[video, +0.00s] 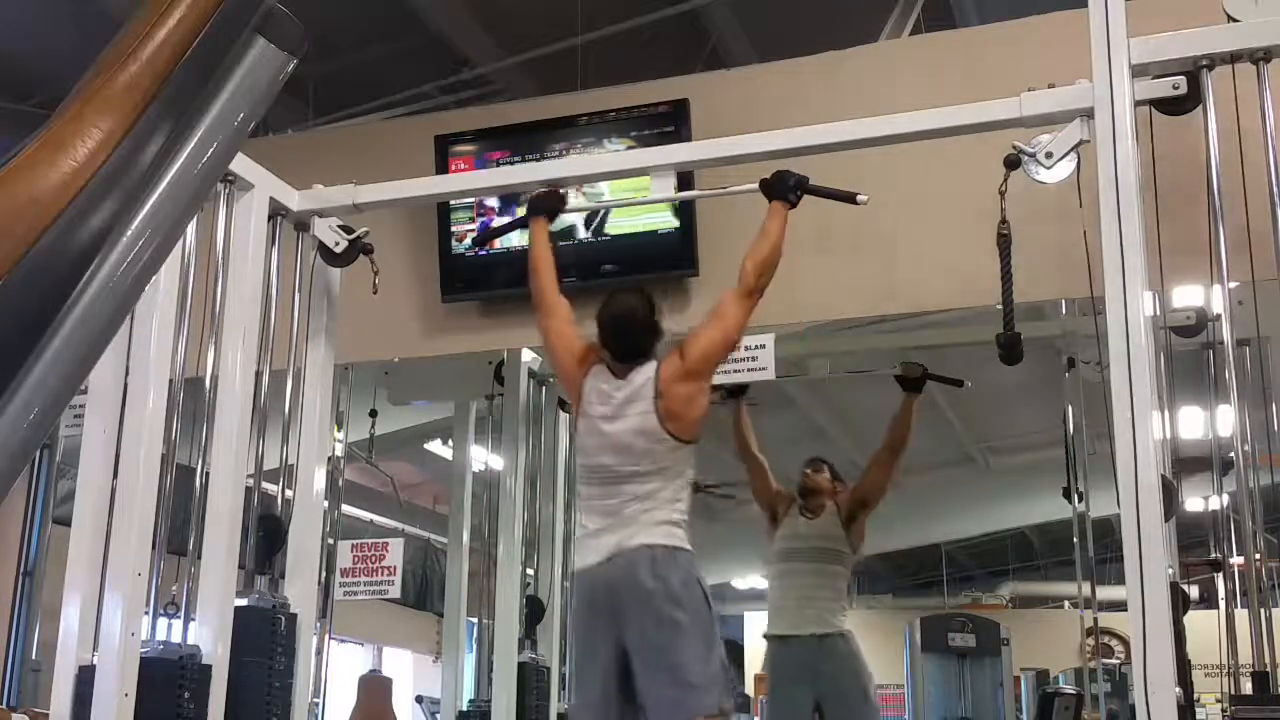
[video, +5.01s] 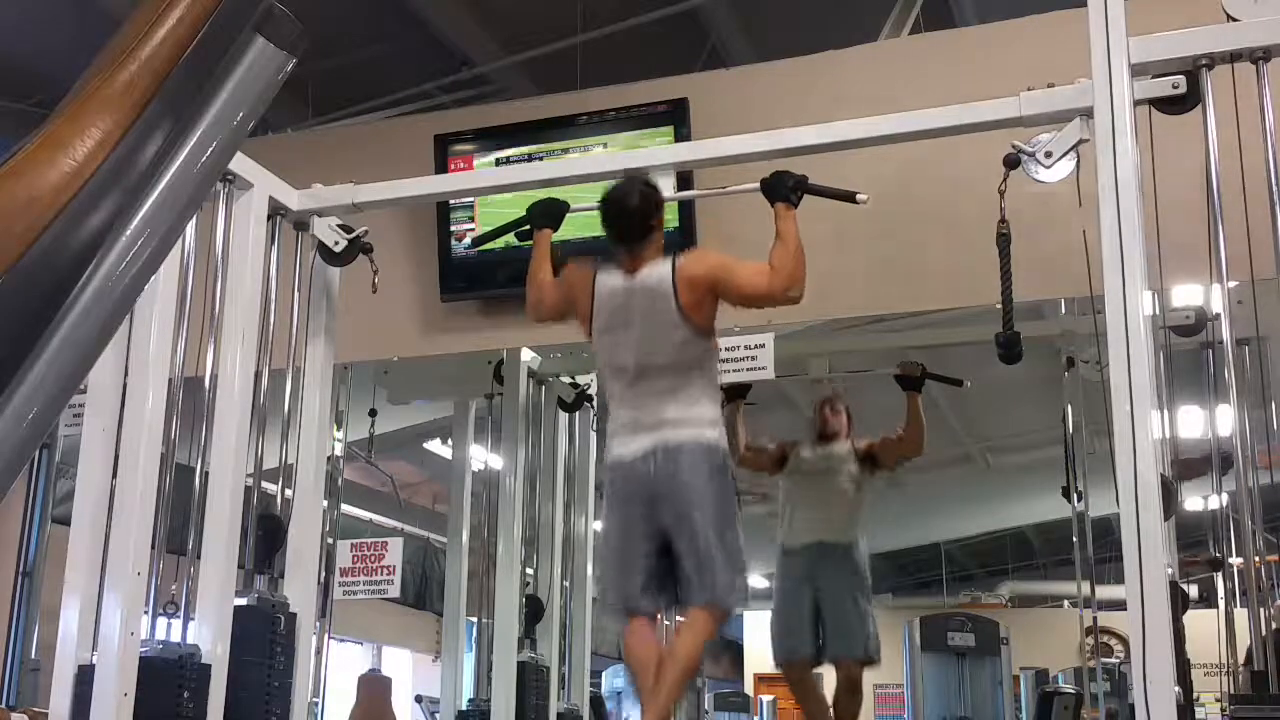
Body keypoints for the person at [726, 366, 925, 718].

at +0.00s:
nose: (809, 471)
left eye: (818, 469)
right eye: (806, 470)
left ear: (836, 485)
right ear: (798, 483)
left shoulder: (849, 510)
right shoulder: (781, 509)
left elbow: (890, 452)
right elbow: (750, 455)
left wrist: (911, 395)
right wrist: (738, 401)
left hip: (835, 647)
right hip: (784, 649)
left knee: (862, 714)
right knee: (783, 715)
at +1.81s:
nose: (825, 462)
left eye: (835, 461)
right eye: (819, 460)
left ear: (847, 475)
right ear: (810, 473)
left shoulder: (858, 497)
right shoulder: (785, 495)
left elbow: (896, 453)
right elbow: (743, 453)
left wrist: (910, 396)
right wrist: (737, 402)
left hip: (833, 611)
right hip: (781, 609)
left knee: (835, 710)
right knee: (765, 708)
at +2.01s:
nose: (830, 419)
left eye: (837, 417)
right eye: (824, 417)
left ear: (851, 432)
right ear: (815, 433)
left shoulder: (859, 457)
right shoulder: (791, 459)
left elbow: (903, 448)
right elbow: (737, 453)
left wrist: (912, 394)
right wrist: (735, 404)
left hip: (836, 563)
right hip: (786, 562)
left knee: (834, 668)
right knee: (767, 667)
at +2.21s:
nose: (826, 378)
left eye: (834, 375)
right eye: (820, 376)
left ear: (847, 388)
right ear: (813, 389)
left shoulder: (862, 413)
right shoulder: (789, 417)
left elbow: (904, 446)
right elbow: (745, 449)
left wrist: (913, 395)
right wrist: (734, 405)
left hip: (840, 516)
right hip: (791, 516)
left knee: (835, 618)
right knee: (780, 614)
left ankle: (822, 709)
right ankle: (794, 710)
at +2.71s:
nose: (834, 422)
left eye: (842, 420)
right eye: (829, 419)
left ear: (853, 434)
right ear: (818, 433)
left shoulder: (861, 463)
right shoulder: (795, 463)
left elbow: (906, 448)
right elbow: (744, 453)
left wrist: (912, 395)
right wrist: (736, 404)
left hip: (841, 564)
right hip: (794, 565)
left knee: (842, 667)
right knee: (794, 667)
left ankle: (838, 714)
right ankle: (817, 715)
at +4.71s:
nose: (827, 371)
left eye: (834, 368)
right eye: (820, 368)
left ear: (846, 384)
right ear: (810, 383)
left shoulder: (863, 413)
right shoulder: (789, 414)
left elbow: (906, 445)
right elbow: (744, 451)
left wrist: (913, 393)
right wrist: (737, 403)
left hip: (843, 513)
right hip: (796, 515)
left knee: (842, 622)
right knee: (789, 619)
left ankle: (828, 712)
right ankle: (825, 711)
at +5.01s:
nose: (828, 414)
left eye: (835, 409)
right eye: (822, 410)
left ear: (848, 421)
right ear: (814, 420)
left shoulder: (860, 452)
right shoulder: (792, 453)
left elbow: (912, 446)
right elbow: (742, 455)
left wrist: (912, 393)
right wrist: (734, 404)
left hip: (842, 561)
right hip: (794, 563)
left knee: (850, 668)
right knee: (794, 666)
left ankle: (845, 716)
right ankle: (824, 716)